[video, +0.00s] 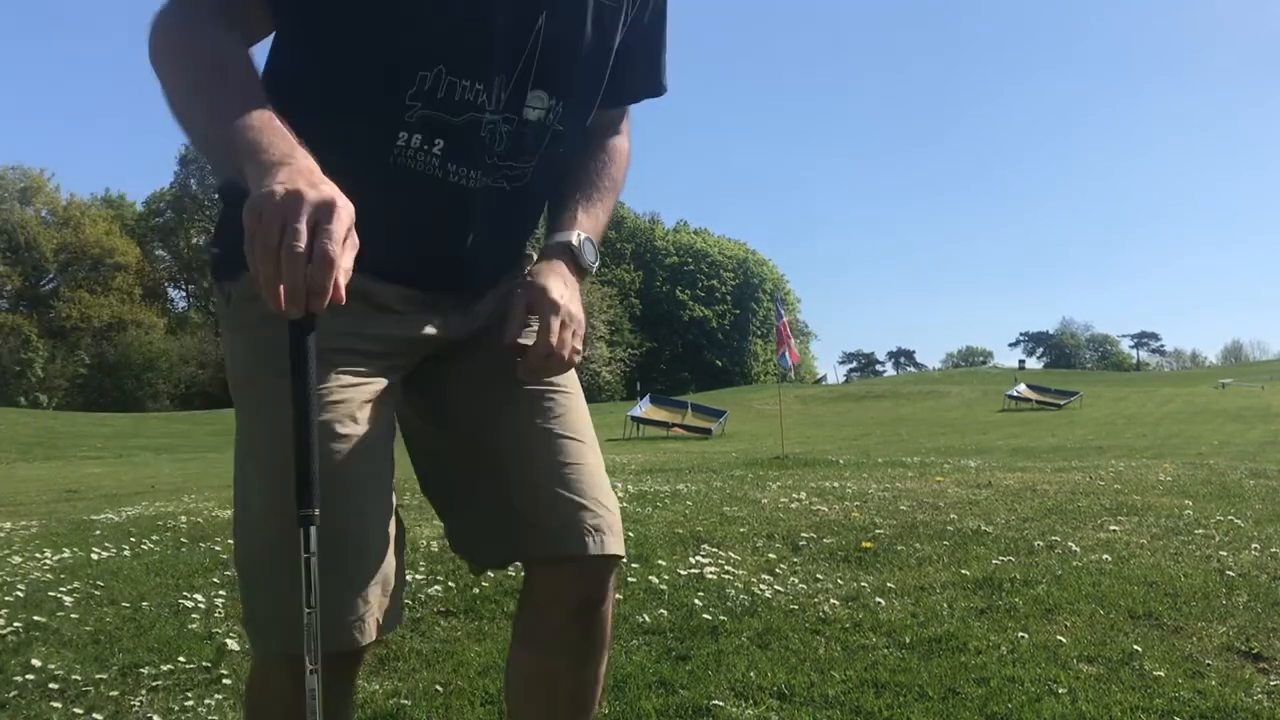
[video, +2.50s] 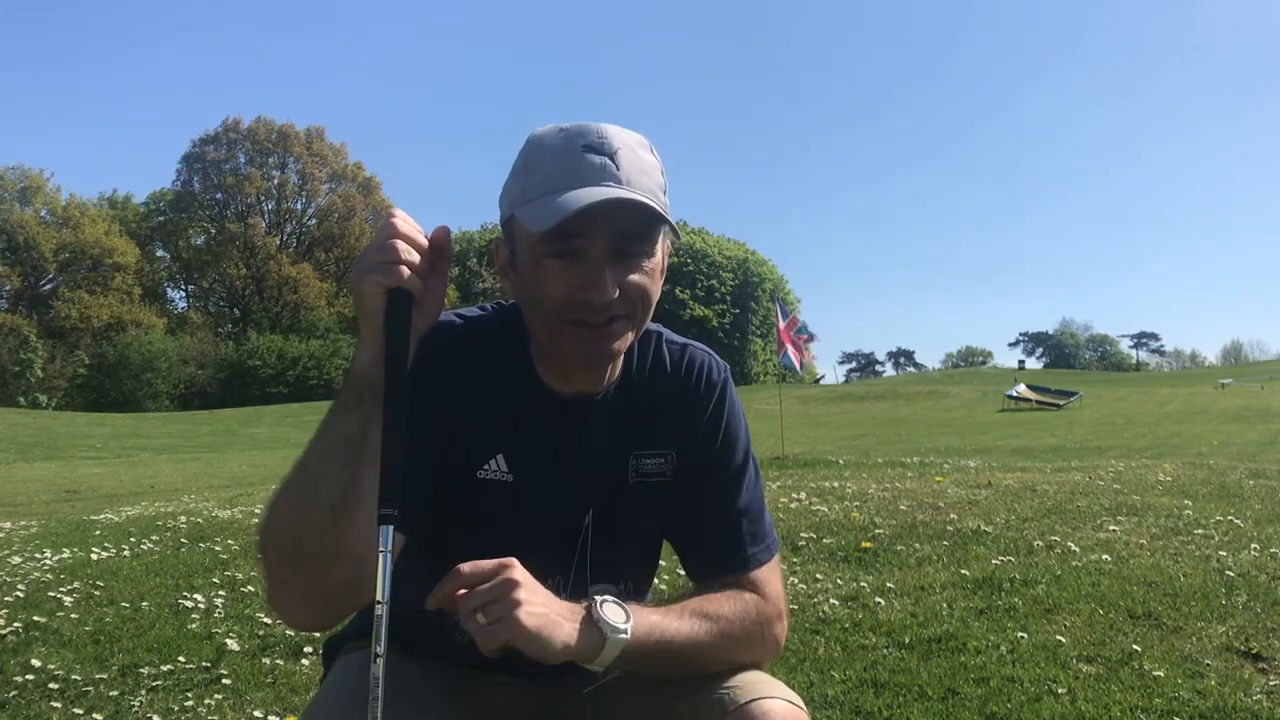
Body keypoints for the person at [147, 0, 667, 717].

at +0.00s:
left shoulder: (628, 10)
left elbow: (604, 123)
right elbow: (190, 26)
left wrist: (567, 256)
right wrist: (276, 164)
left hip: (493, 291)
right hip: (318, 278)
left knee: (581, 556)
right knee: (324, 624)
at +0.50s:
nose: (590, 114)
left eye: (618, 75)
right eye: (550, 73)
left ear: (647, 82)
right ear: (481, 76)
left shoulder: (666, 233)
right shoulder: (384, 191)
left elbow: (683, 459)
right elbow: (287, 470)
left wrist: (539, 522)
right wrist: (375, 306)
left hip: (538, 501)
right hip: (371, 499)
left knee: (708, 644)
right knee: (394, 702)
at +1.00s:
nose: (564, 279)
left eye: (594, 238)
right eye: (528, 238)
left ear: (631, 248)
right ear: (469, 245)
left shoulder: (666, 372)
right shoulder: (401, 352)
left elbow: (742, 596)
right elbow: (314, 604)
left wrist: (618, 636)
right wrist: (371, 344)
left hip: (599, 668)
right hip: (421, 662)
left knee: (768, 708)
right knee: (346, 700)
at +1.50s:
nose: (600, 298)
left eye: (627, 262)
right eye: (564, 260)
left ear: (659, 270)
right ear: (502, 265)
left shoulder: (685, 385)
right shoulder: (422, 363)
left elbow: (753, 613)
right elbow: (290, 600)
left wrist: (630, 610)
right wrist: (362, 361)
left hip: (606, 663)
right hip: (426, 665)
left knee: (764, 710)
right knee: (336, 706)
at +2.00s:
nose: (597, 291)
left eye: (626, 252)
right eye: (560, 252)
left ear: (660, 263)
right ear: (501, 263)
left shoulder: (688, 388)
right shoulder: (430, 362)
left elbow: (752, 612)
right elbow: (302, 601)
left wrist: (685, 621)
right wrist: (377, 357)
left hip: (607, 666)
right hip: (430, 666)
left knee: (762, 712)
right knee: (348, 708)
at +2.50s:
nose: (602, 289)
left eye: (630, 252)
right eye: (565, 251)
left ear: (663, 264)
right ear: (504, 262)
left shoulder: (691, 384)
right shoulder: (436, 361)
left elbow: (759, 620)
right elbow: (303, 601)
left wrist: (585, 627)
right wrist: (376, 361)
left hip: (604, 671)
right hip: (434, 663)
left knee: (772, 710)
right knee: (352, 700)